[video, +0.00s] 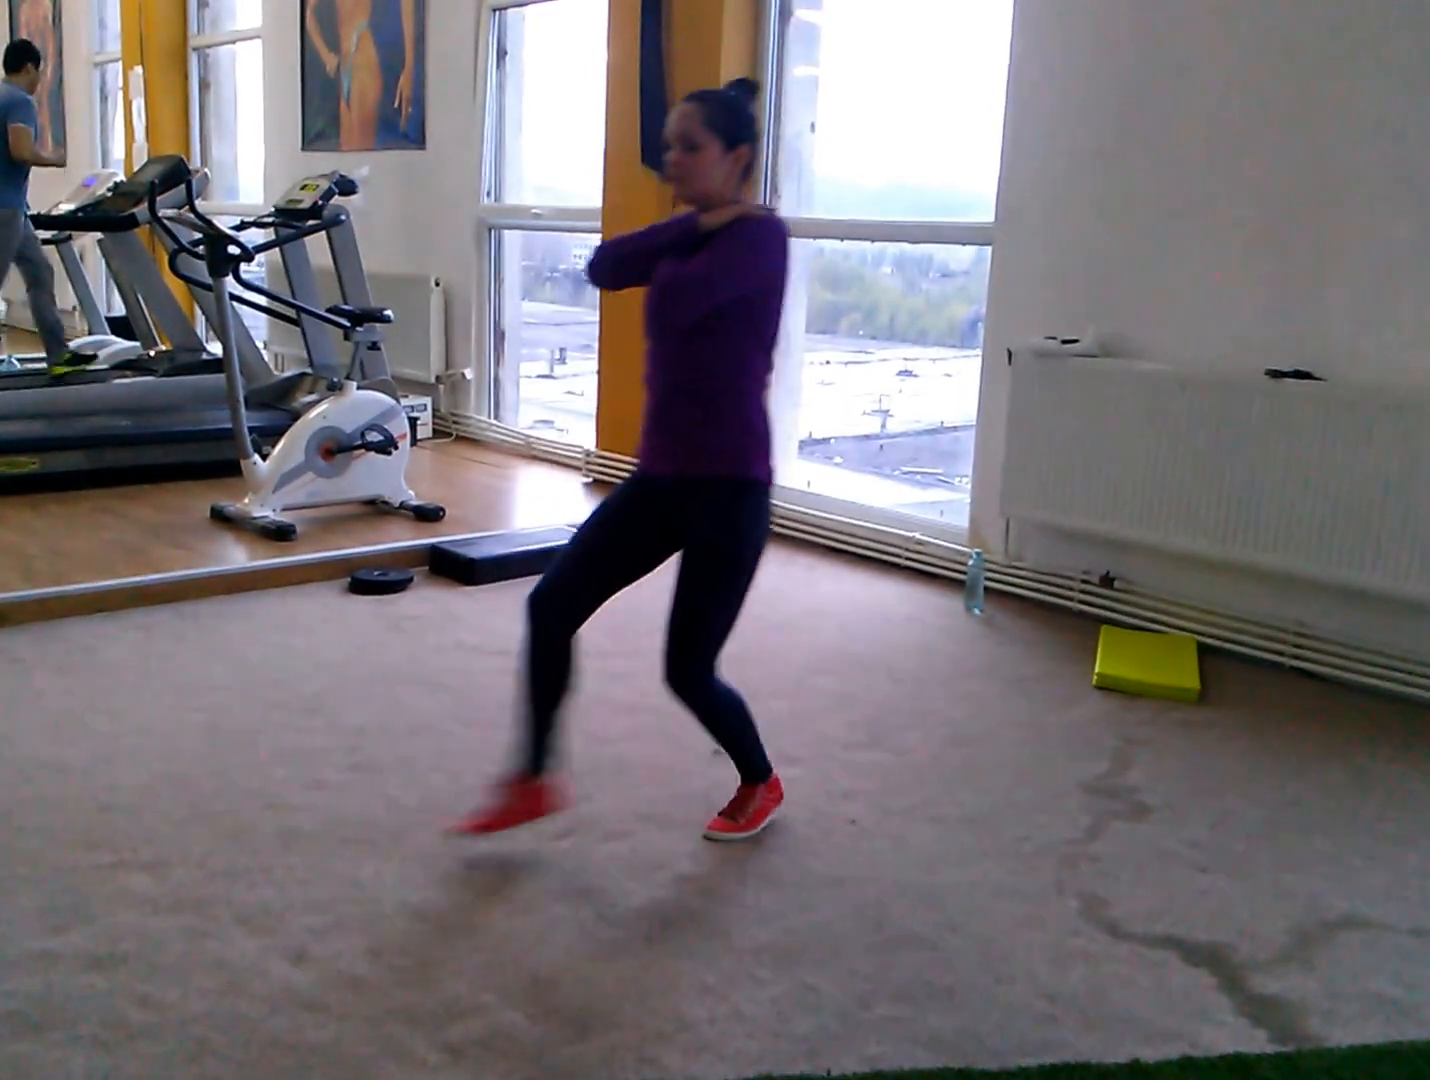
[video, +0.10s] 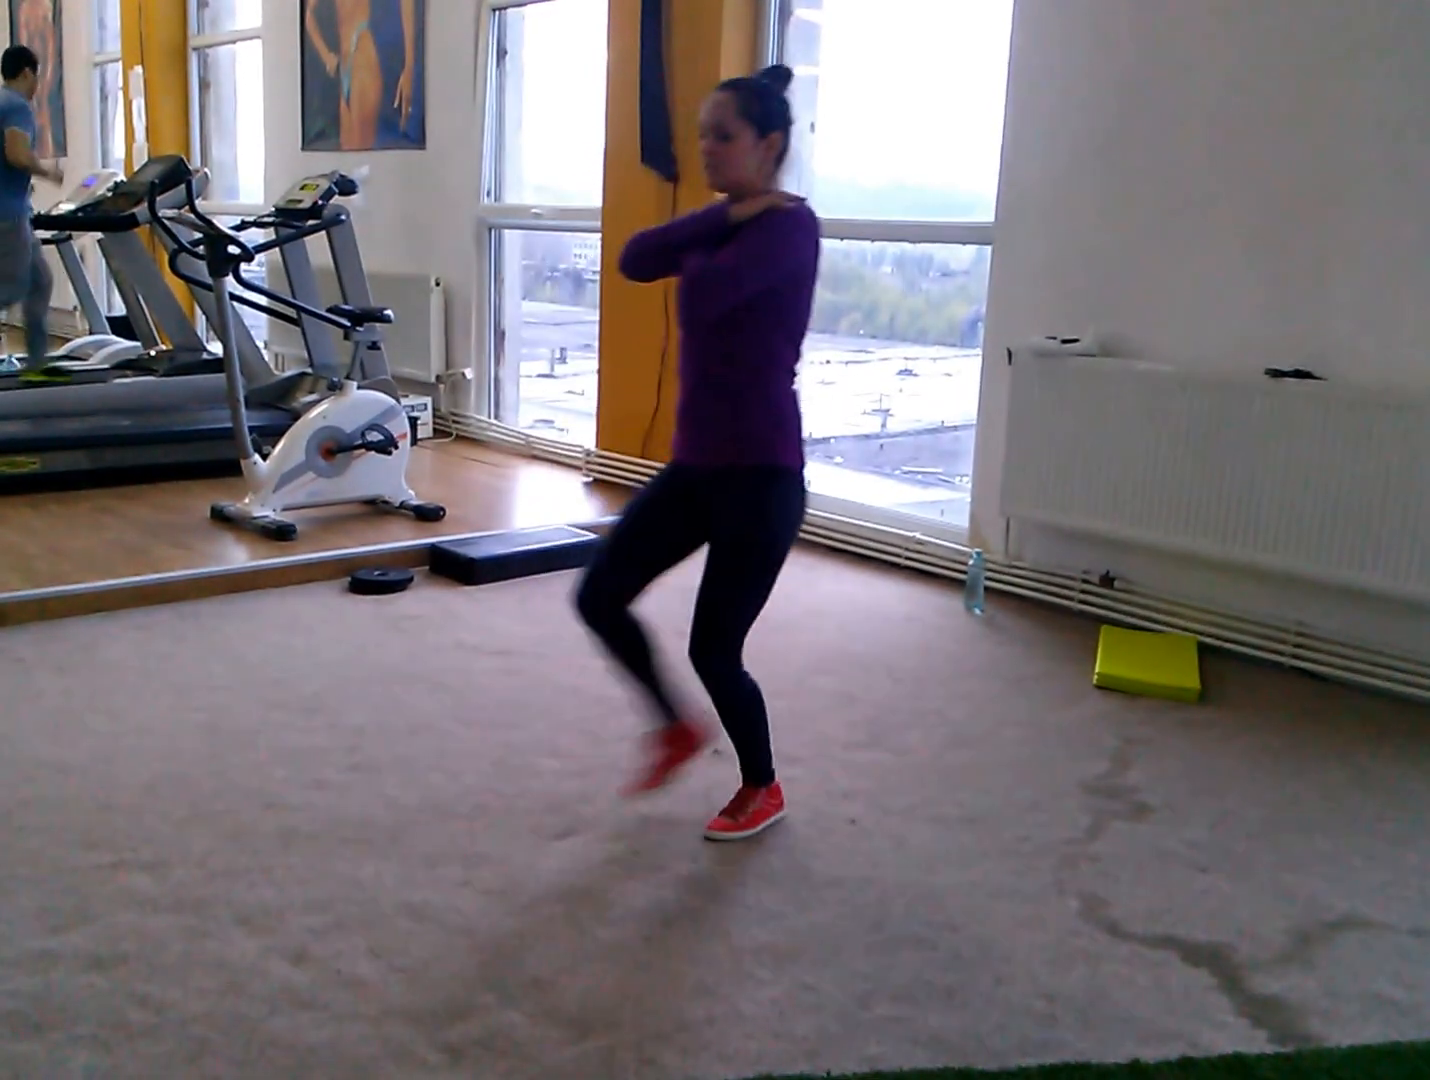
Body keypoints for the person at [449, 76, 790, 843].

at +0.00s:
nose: (672, 164)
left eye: (688, 148)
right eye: (669, 150)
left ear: (739, 154)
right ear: (677, 157)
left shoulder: (760, 238)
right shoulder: (684, 237)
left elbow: (675, 304)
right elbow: (602, 268)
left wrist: (671, 242)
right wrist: (694, 226)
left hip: (731, 489)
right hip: (660, 481)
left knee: (689, 671)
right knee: (551, 606)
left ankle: (760, 780)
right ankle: (533, 778)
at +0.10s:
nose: (707, 149)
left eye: (722, 136)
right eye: (703, 136)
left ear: (771, 143)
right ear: (710, 142)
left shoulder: (791, 227)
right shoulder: (719, 224)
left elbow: (704, 298)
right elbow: (631, 260)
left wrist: (693, 245)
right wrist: (727, 217)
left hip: (763, 478)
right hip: (697, 470)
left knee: (715, 650)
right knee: (600, 597)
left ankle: (762, 787)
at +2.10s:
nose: (831, 322)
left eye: (843, 310)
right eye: (827, 309)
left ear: (891, 308)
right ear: (826, 304)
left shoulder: (914, 379)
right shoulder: (833, 363)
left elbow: (844, 457)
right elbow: (772, 420)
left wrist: (829, 387)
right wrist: (855, 374)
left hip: (902, 579)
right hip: (846, 573)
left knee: (781, 623)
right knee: (887, 693)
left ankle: (778, 783)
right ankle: (989, 677)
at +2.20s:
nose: (819, 303)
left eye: (832, 291)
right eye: (814, 289)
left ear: (878, 287)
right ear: (812, 287)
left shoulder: (903, 359)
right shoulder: (820, 346)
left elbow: (837, 444)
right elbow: (761, 407)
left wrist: (811, 374)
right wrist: (840, 360)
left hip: (904, 561)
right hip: (849, 556)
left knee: (784, 623)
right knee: (899, 666)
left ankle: (782, 783)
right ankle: (995, 673)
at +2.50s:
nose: (767, 220)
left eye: (782, 208)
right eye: (764, 205)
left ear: (834, 214)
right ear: (761, 207)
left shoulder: (860, 290)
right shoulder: (766, 274)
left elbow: (805, 388)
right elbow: (713, 353)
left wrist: (768, 309)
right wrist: (799, 299)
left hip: (892, 497)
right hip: (842, 493)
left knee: (787, 621)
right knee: (908, 589)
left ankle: (790, 782)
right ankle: (975, 656)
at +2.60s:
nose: (756, 219)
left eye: (772, 206)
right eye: (754, 203)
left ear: (825, 216)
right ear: (755, 209)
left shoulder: (852, 293)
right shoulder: (760, 276)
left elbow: (789, 401)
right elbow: (706, 356)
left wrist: (763, 316)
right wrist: (790, 304)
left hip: (896, 494)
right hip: (847, 492)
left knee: (793, 621)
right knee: (912, 584)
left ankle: (793, 782)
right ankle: (981, 646)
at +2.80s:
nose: (768, 252)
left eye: (785, 240)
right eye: (766, 236)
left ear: (836, 245)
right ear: (764, 237)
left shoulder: (861, 319)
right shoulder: (774, 303)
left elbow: (799, 431)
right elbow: (720, 386)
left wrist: (775, 341)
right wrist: (798, 334)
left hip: (912, 510)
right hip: (864, 509)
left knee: (804, 622)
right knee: (930, 596)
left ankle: (799, 782)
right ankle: (993, 649)